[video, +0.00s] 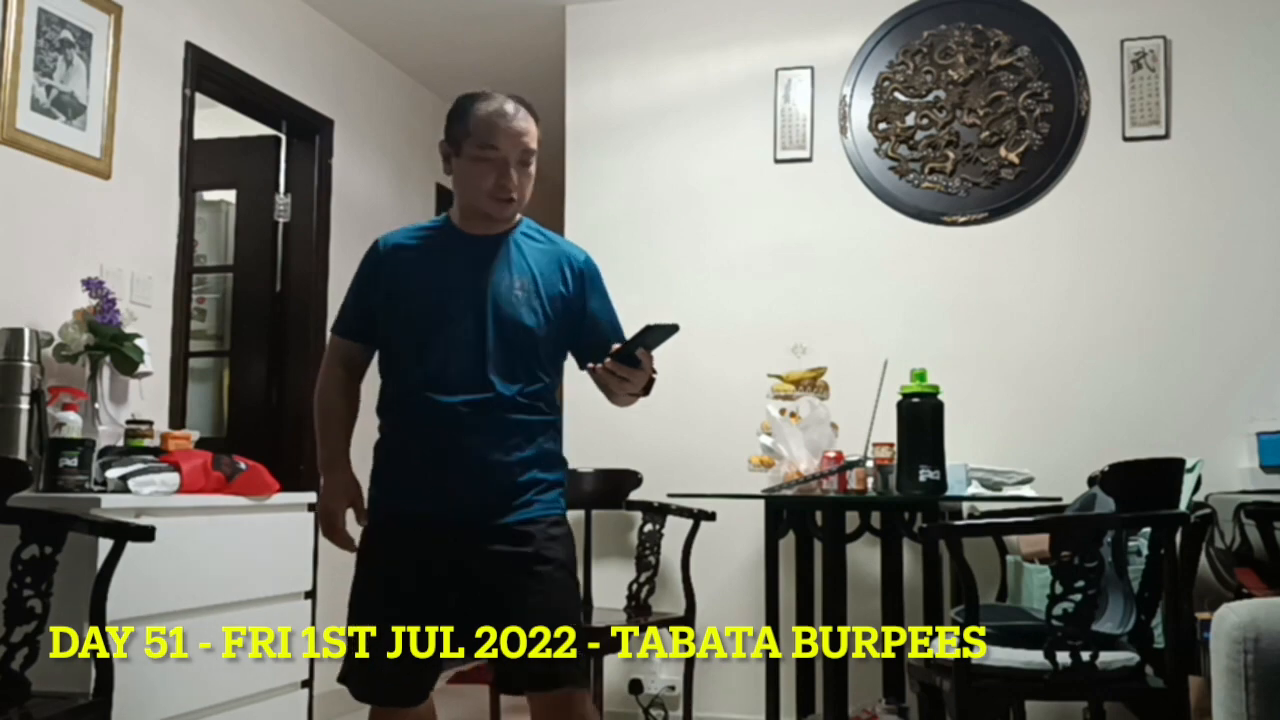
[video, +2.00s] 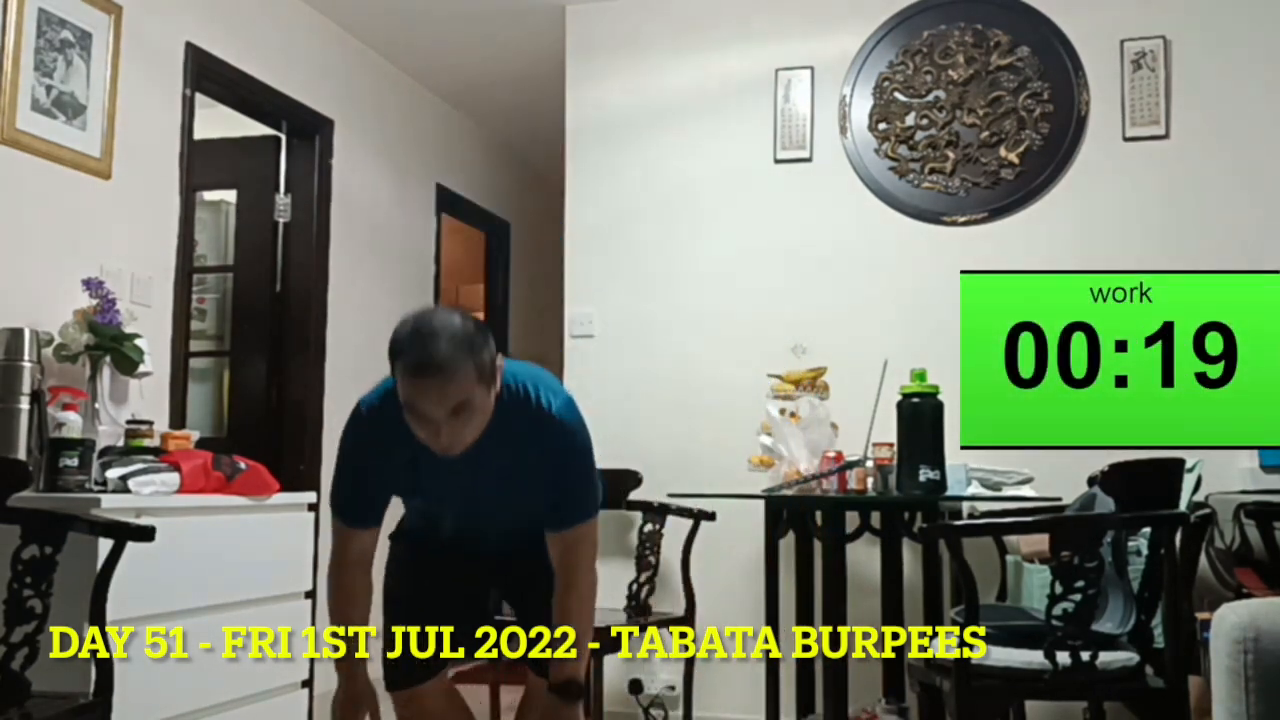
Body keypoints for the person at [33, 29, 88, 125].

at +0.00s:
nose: (66, 52)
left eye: (69, 48)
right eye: (63, 49)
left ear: (74, 49)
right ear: (61, 51)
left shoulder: (79, 66)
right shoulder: (61, 60)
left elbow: (69, 89)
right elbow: (57, 81)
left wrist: (48, 82)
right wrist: (49, 101)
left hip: (79, 102)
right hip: (62, 95)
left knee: (63, 98)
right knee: (47, 88)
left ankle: (69, 120)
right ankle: (61, 116)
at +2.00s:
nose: (66, 52)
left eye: (69, 48)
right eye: (63, 49)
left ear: (74, 49)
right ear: (61, 50)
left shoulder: (79, 65)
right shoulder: (61, 60)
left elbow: (70, 89)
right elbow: (57, 81)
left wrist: (49, 82)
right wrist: (49, 101)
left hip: (79, 101)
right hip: (63, 94)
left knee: (64, 98)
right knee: (49, 89)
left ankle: (70, 119)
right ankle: (61, 117)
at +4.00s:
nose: (65, 50)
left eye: (68, 47)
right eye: (63, 47)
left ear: (74, 49)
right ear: (60, 49)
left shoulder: (78, 65)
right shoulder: (61, 60)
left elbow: (69, 89)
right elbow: (56, 80)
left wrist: (49, 83)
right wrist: (49, 101)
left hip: (79, 101)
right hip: (63, 94)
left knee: (63, 98)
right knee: (47, 88)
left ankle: (69, 119)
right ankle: (61, 116)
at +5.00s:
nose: (66, 53)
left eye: (69, 48)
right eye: (63, 50)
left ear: (74, 49)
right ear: (60, 51)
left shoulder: (79, 66)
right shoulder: (61, 60)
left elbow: (69, 89)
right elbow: (57, 81)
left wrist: (49, 82)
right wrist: (49, 101)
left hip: (78, 102)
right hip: (62, 95)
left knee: (64, 98)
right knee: (47, 88)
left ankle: (70, 120)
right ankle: (60, 116)